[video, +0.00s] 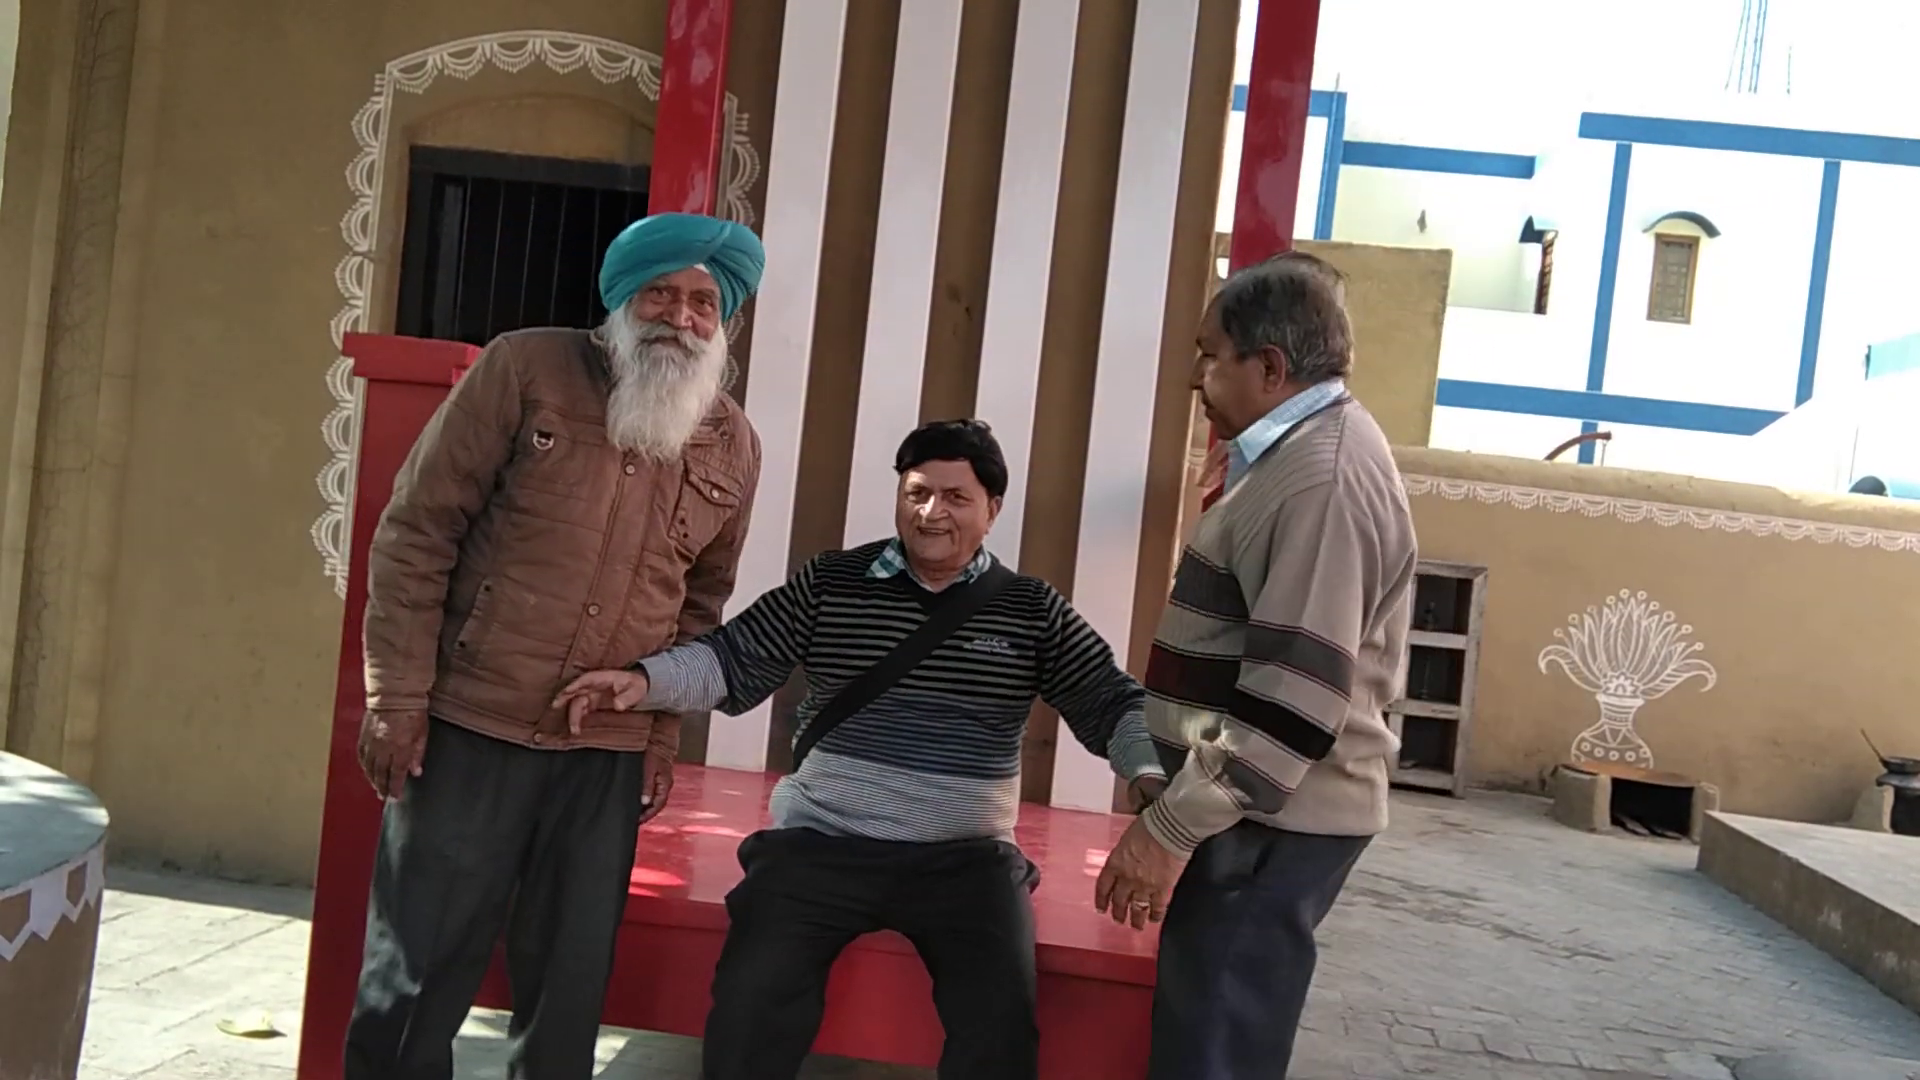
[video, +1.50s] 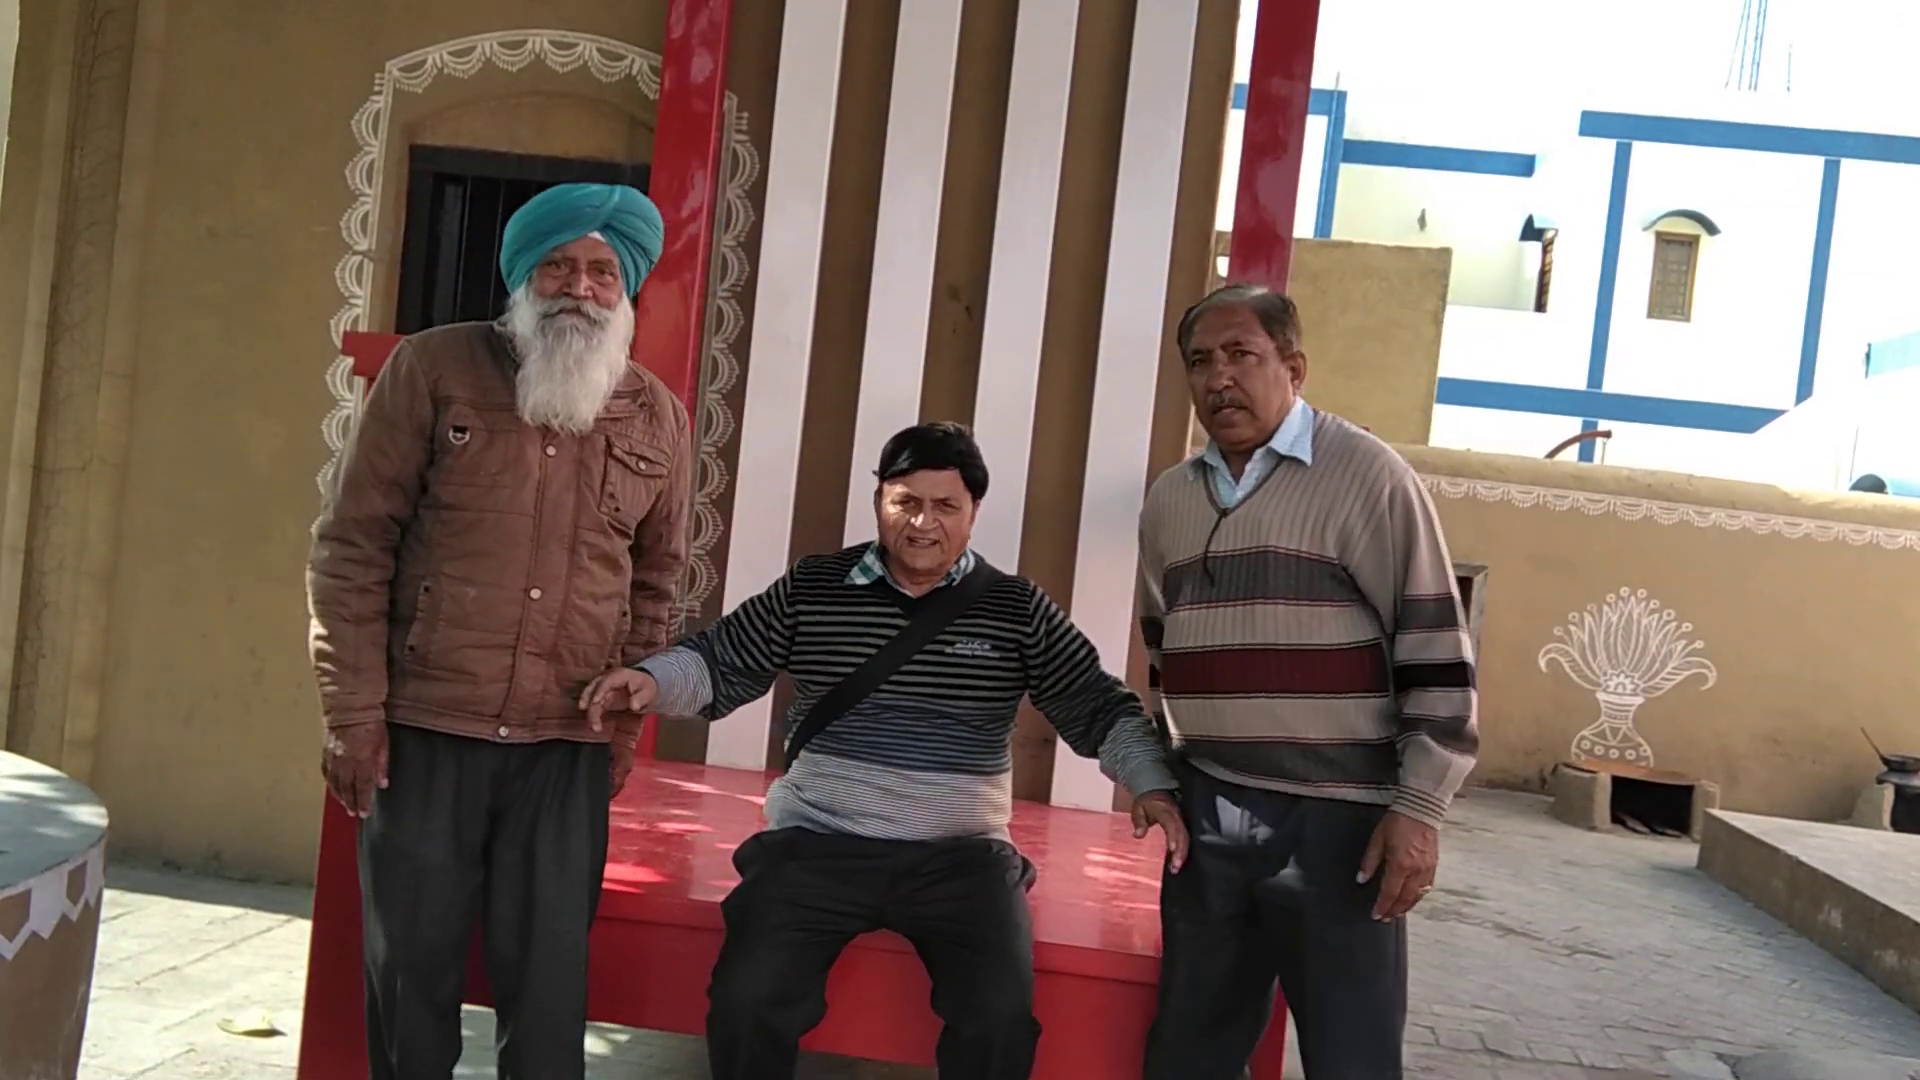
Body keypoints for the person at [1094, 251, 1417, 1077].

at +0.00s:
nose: (1198, 378)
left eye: (1213, 358)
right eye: (1202, 357)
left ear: (1272, 368)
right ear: (1275, 368)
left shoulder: (1324, 477)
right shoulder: (1294, 455)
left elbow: (1297, 705)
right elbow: (1234, 651)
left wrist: (1170, 827)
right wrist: (1156, 771)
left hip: (1275, 826)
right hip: (1248, 816)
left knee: (1213, 1048)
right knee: (1204, 1042)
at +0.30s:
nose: (1208, 384)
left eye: (1229, 361)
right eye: (1193, 366)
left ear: (1290, 366)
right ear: (1180, 377)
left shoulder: (1362, 490)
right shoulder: (1175, 493)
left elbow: (1399, 685)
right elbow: (1164, 648)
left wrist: (1319, 822)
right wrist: (1142, 762)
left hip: (1293, 826)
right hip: (1187, 813)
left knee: (1252, 1052)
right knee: (1166, 1047)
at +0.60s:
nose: (1196, 380)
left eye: (1217, 357)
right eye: (1177, 363)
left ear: (1267, 365)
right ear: (1160, 380)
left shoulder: (1349, 480)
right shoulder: (1141, 504)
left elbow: (1426, 654)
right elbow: (1139, 662)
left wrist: (1442, 809)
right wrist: (1135, 800)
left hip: (1313, 829)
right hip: (1179, 825)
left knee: (1285, 1062)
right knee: (1168, 1057)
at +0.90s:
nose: (1172, 384)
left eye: (1191, 360)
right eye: (1153, 369)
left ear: (1243, 365)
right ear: (1138, 385)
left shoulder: (1328, 473)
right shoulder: (1129, 505)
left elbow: (1402, 645)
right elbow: (1138, 654)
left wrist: (1395, 790)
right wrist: (1131, 785)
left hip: (1306, 823)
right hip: (1176, 819)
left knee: (1284, 1059)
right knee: (1167, 1055)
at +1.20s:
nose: (1184, 375)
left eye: (1205, 353)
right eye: (1166, 358)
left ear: (1256, 364)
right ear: (1150, 377)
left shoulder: (1333, 472)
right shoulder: (1133, 497)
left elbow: (1402, 643)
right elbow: (1133, 625)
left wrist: (1384, 785)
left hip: (1311, 820)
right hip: (1183, 816)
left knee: (1297, 1059)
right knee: (1174, 1057)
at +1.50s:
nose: (1218, 377)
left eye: (1239, 355)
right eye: (1201, 360)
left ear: (1292, 365)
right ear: (1186, 378)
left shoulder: (1372, 479)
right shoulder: (1170, 499)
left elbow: (1437, 660)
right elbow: (1160, 654)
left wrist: (1419, 807)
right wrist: (1158, 777)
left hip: (1340, 828)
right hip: (1209, 820)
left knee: (1350, 1065)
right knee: (1187, 1061)